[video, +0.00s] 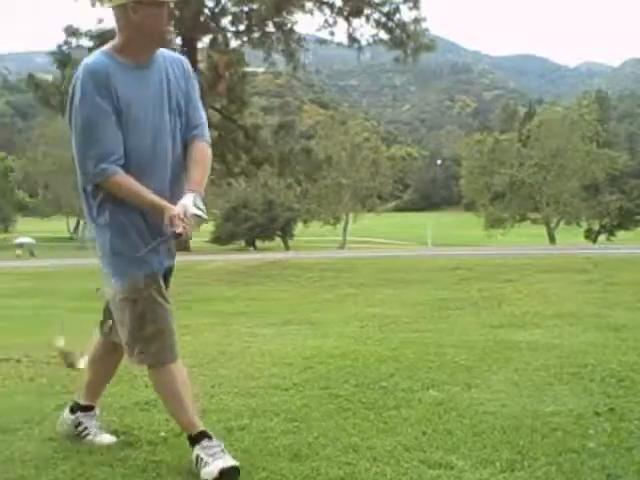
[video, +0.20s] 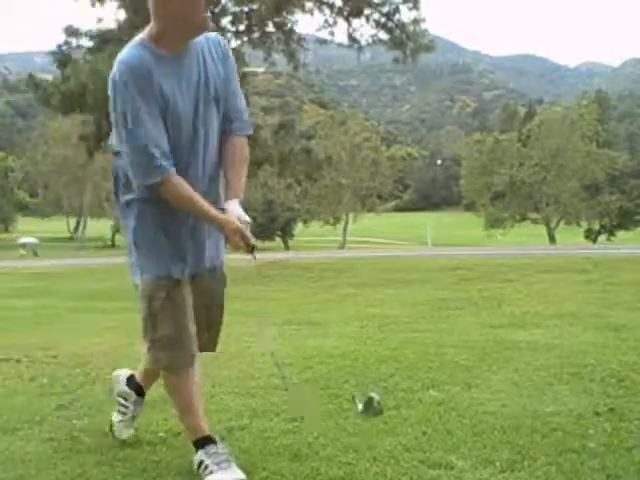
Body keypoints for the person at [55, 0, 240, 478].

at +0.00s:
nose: (170, 13)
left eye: (170, 5)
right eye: (159, 6)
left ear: (158, 15)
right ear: (127, 14)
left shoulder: (178, 67)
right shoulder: (95, 74)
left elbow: (198, 138)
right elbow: (101, 170)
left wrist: (192, 198)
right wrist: (162, 207)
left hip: (165, 228)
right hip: (124, 233)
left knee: (121, 326)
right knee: (156, 334)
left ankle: (81, 413)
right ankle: (202, 442)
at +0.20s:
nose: (210, 7)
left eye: (208, 1)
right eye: (201, 1)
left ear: (197, 8)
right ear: (165, 5)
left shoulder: (214, 48)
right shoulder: (131, 69)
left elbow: (236, 129)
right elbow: (155, 173)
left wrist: (234, 201)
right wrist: (222, 220)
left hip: (207, 224)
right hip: (157, 228)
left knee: (195, 330)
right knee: (175, 339)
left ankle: (135, 386)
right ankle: (205, 445)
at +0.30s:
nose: (223, 6)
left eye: (223, 0)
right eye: (214, 0)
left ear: (214, 6)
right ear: (178, 3)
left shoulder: (227, 44)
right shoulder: (148, 62)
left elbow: (250, 127)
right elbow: (178, 168)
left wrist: (253, 199)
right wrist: (242, 217)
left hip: (227, 217)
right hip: (173, 220)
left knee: (230, 321)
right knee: (183, 336)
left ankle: (177, 382)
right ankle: (205, 444)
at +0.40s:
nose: (225, 7)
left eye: (227, 0)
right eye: (215, 1)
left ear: (227, 2)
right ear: (184, 2)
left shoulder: (242, 36)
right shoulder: (159, 59)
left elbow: (265, 120)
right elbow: (190, 165)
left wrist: (266, 199)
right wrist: (256, 215)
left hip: (238, 216)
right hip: (180, 223)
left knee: (268, 317)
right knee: (182, 340)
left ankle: (238, 403)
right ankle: (205, 445)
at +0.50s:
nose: (237, 5)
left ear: (245, 0)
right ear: (198, 1)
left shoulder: (257, 34)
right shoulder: (169, 58)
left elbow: (279, 120)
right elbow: (201, 167)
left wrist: (276, 197)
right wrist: (266, 220)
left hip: (256, 213)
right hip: (193, 220)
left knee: (293, 313)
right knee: (191, 338)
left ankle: (306, 417)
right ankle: (207, 447)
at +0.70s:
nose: (266, 14)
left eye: (269, 7)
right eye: (258, 8)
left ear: (272, 4)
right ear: (230, 4)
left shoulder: (290, 34)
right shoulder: (197, 58)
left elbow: (307, 129)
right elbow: (221, 167)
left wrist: (299, 204)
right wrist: (281, 228)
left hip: (280, 216)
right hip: (216, 221)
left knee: (333, 310)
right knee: (205, 338)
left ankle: (384, 414)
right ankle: (208, 448)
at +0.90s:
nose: (306, 16)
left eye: (311, 8)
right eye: (296, 9)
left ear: (318, 7)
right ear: (269, 7)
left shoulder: (337, 39)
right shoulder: (239, 61)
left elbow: (348, 135)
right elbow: (254, 171)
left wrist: (335, 216)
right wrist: (311, 240)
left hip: (318, 225)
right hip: (249, 227)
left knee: (357, 335)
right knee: (224, 341)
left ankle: (383, 449)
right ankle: (211, 448)